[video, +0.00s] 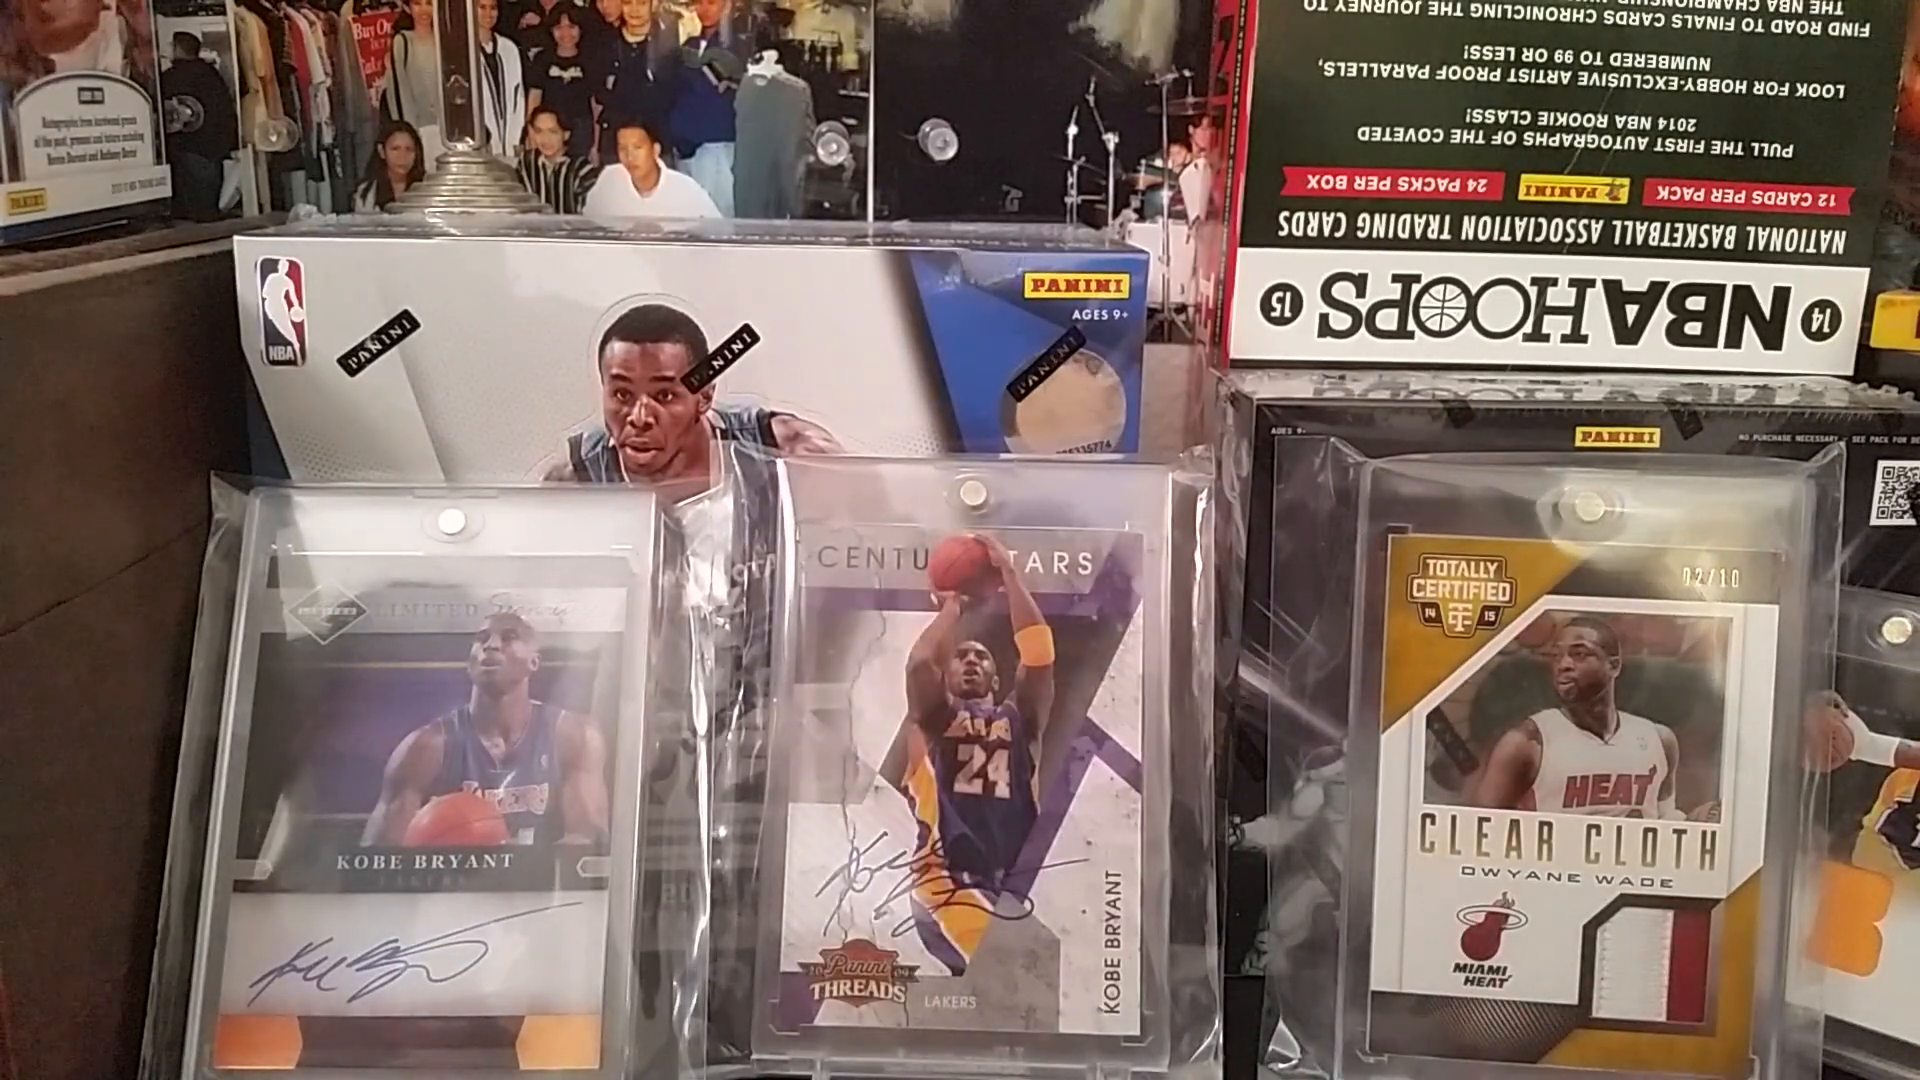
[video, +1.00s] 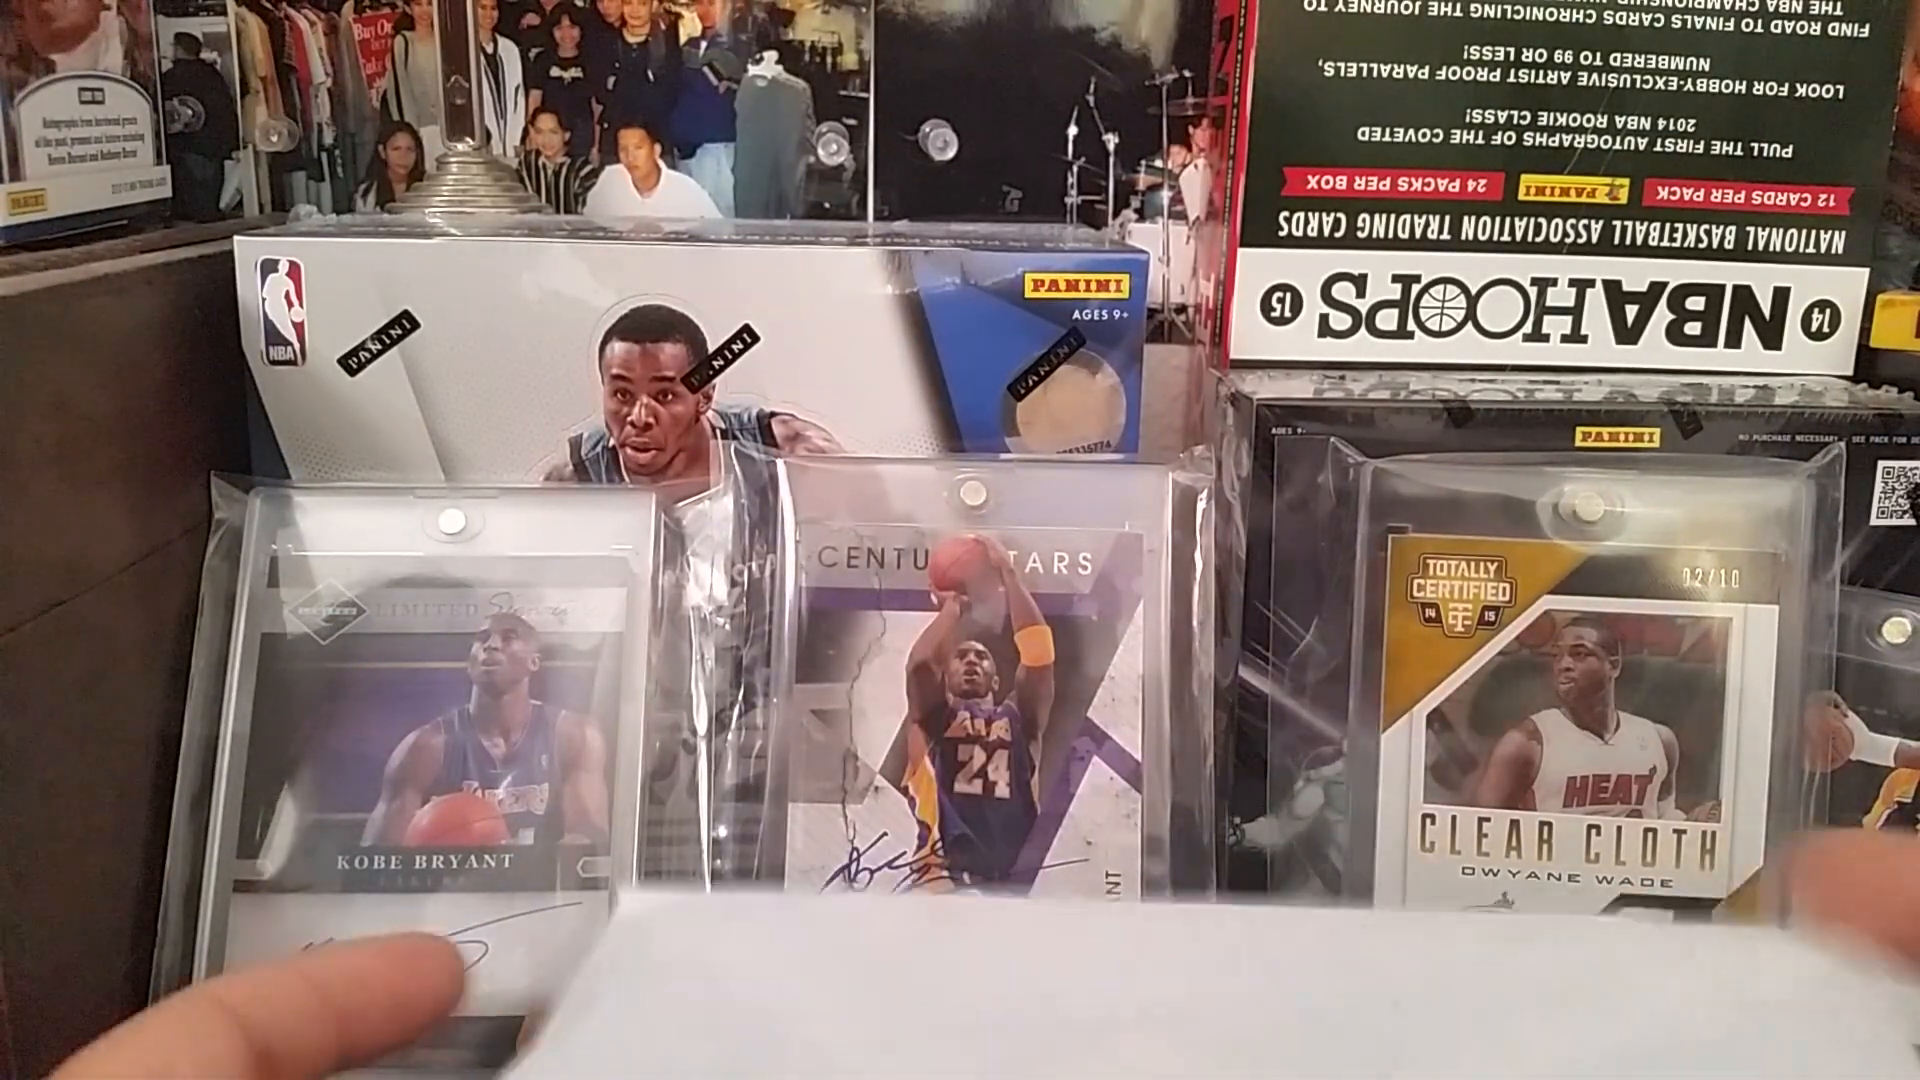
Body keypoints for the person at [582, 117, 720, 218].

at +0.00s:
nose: (630, 157)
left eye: (638, 148)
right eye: (623, 149)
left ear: (656, 150)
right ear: (617, 153)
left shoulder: (685, 188)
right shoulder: (610, 178)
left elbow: (719, 232)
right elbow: (586, 224)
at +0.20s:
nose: (630, 158)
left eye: (638, 149)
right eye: (623, 150)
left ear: (656, 151)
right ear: (617, 153)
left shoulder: (685, 188)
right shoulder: (610, 179)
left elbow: (720, 233)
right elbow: (586, 226)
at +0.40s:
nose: (630, 158)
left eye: (638, 148)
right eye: (623, 150)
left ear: (656, 151)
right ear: (618, 153)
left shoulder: (685, 188)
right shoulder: (610, 179)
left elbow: (720, 232)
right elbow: (587, 225)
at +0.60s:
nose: (631, 158)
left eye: (638, 149)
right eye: (624, 150)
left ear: (656, 151)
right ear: (618, 154)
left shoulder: (686, 188)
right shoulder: (610, 179)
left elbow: (719, 232)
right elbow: (587, 225)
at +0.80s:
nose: (630, 158)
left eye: (638, 148)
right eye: (624, 150)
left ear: (656, 151)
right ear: (618, 154)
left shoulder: (685, 188)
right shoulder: (610, 179)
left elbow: (719, 232)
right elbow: (586, 225)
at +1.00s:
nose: (630, 158)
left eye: (638, 148)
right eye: (624, 150)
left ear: (656, 151)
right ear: (618, 154)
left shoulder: (685, 188)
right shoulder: (610, 179)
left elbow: (720, 232)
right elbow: (586, 226)